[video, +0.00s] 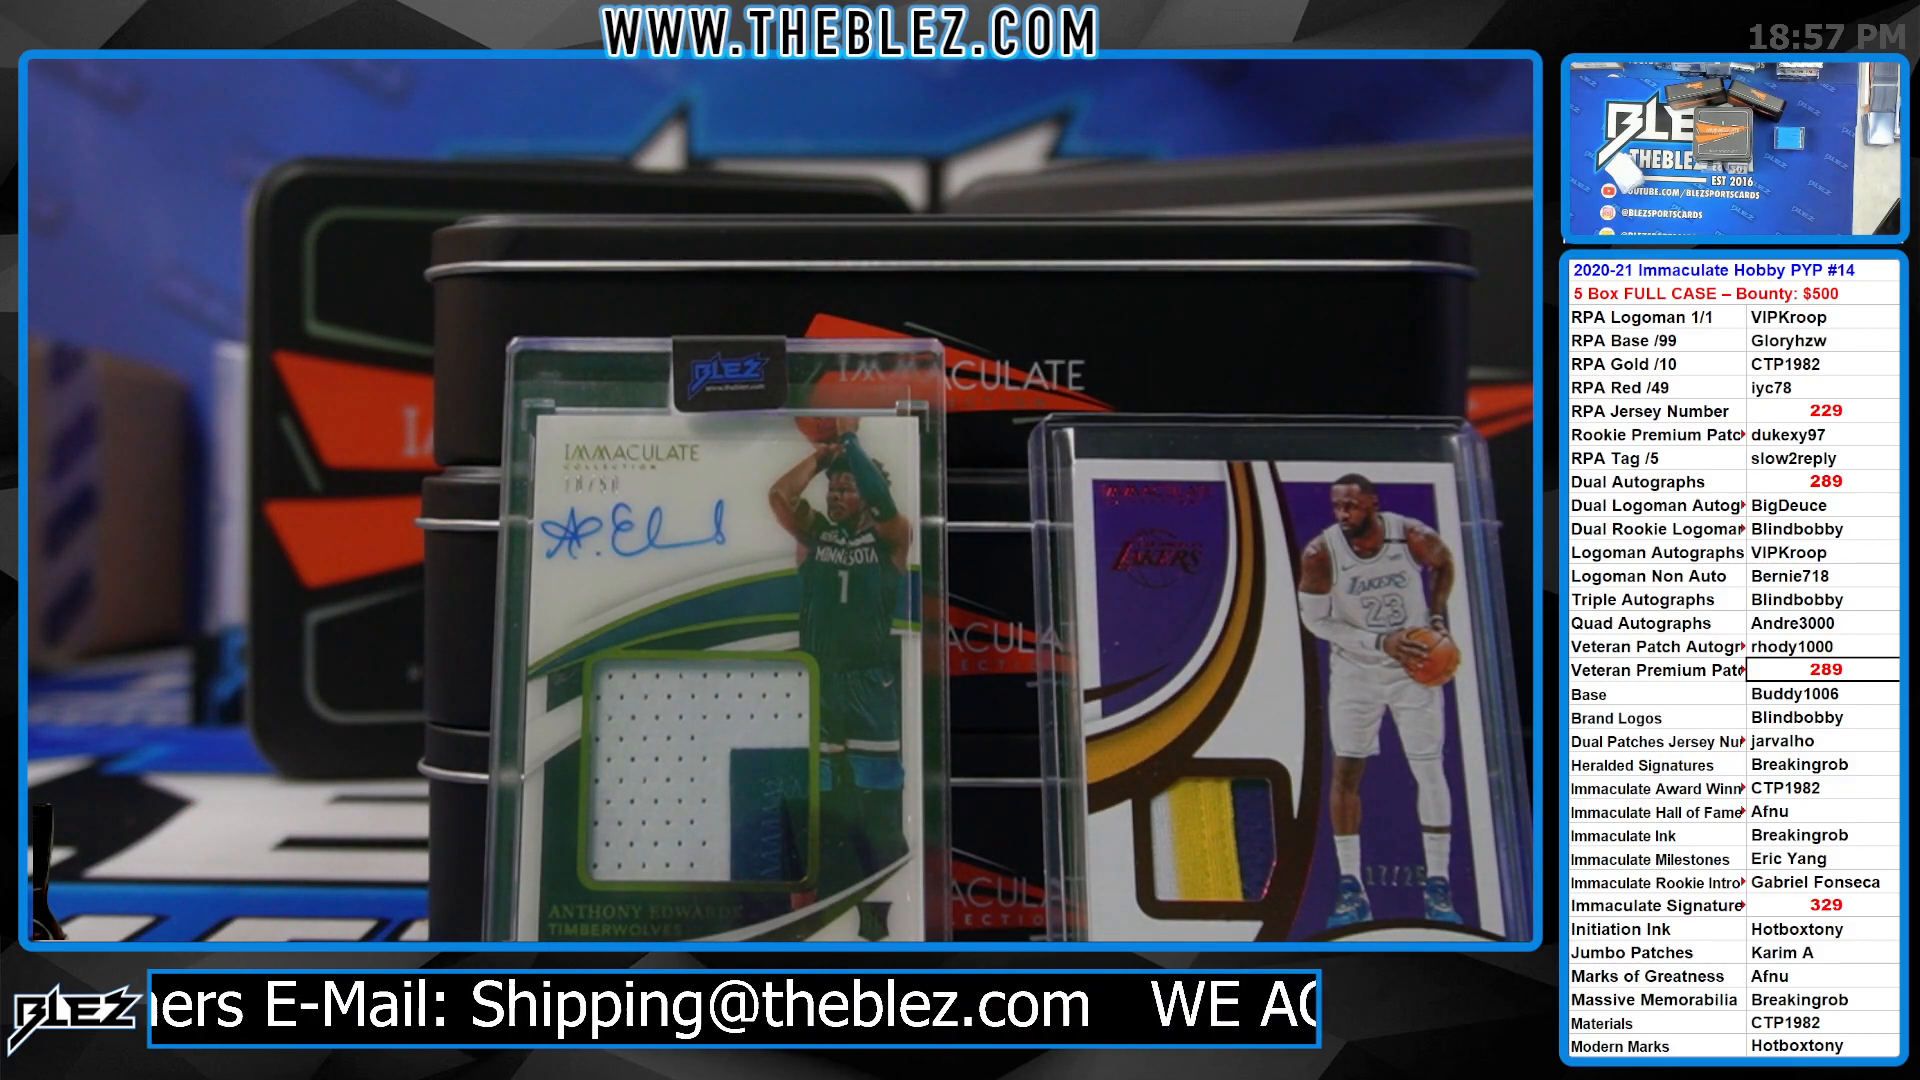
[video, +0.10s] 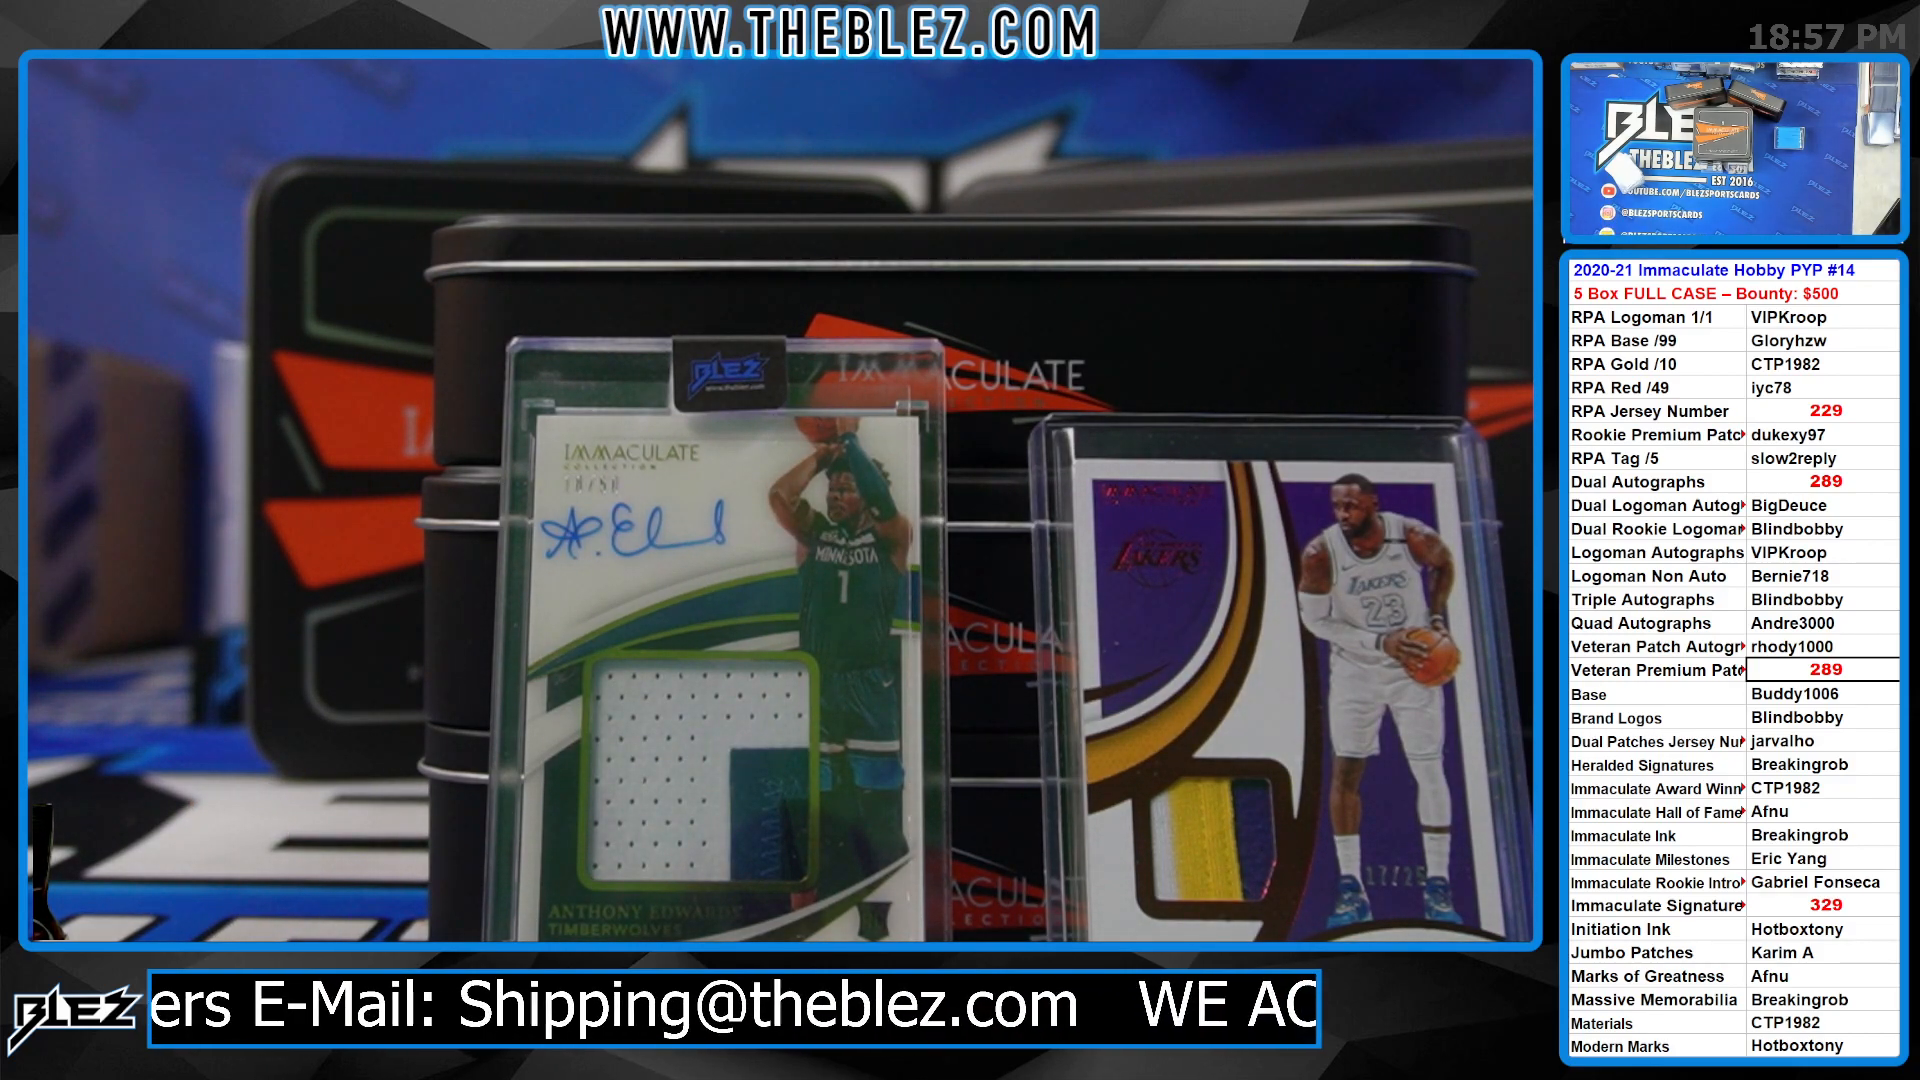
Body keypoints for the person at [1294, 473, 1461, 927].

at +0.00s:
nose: (1343, 514)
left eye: (1351, 505)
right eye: (1337, 506)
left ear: (1373, 505)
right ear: (1332, 509)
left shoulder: (1413, 536)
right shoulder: (1319, 555)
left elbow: (1444, 565)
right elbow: (1315, 621)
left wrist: (1436, 617)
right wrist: (1379, 642)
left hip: (1414, 673)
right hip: (1354, 674)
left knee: (1430, 771)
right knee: (1347, 773)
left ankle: (1438, 885)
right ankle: (1350, 889)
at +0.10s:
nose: (1343, 514)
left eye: (1351, 505)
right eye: (1337, 506)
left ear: (1373, 505)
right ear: (1332, 509)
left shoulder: (1413, 536)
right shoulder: (1319, 555)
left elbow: (1444, 565)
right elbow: (1315, 621)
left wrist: (1436, 618)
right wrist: (1379, 642)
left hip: (1414, 673)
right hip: (1354, 675)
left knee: (1430, 771)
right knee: (1347, 773)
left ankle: (1438, 885)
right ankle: (1350, 888)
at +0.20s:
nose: (1343, 514)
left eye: (1351, 505)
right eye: (1337, 506)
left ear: (1373, 505)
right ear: (1332, 509)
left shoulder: (1413, 536)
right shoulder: (1319, 555)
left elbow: (1444, 565)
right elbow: (1315, 621)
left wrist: (1436, 617)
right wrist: (1379, 642)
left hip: (1414, 673)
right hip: (1354, 674)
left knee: (1430, 771)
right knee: (1347, 773)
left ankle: (1438, 885)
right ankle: (1350, 888)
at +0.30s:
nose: (1343, 514)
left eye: (1351, 505)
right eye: (1337, 506)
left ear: (1373, 505)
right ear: (1332, 509)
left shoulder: (1413, 536)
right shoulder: (1319, 555)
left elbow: (1444, 565)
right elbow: (1315, 621)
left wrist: (1436, 617)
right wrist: (1379, 642)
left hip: (1414, 673)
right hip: (1354, 674)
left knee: (1430, 771)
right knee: (1347, 773)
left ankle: (1438, 885)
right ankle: (1351, 888)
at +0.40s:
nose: (1343, 514)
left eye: (1351, 505)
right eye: (1337, 506)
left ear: (1373, 505)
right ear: (1332, 509)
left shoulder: (1413, 536)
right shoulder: (1319, 554)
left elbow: (1444, 565)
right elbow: (1315, 621)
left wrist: (1436, 617)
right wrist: (1379, 642)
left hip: (1414, 673)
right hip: (1354, 674)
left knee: (1430, 771)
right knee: (1348, 773)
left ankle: (1438, 884)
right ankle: (1350, 888)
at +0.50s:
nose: (1343, 514)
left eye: (1351, 505)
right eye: (1337, 506)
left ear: (1373, 504)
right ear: (1332, 509)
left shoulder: (1413, 536)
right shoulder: (1319, 554)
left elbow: (1444, 565)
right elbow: (1315, 621)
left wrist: (1436, 617)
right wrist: (1379, 642)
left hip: (1414, 673)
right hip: (1354, 674)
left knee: (1430, 771)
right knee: (1348, 773)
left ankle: (1438, 884)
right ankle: (1350, 888)